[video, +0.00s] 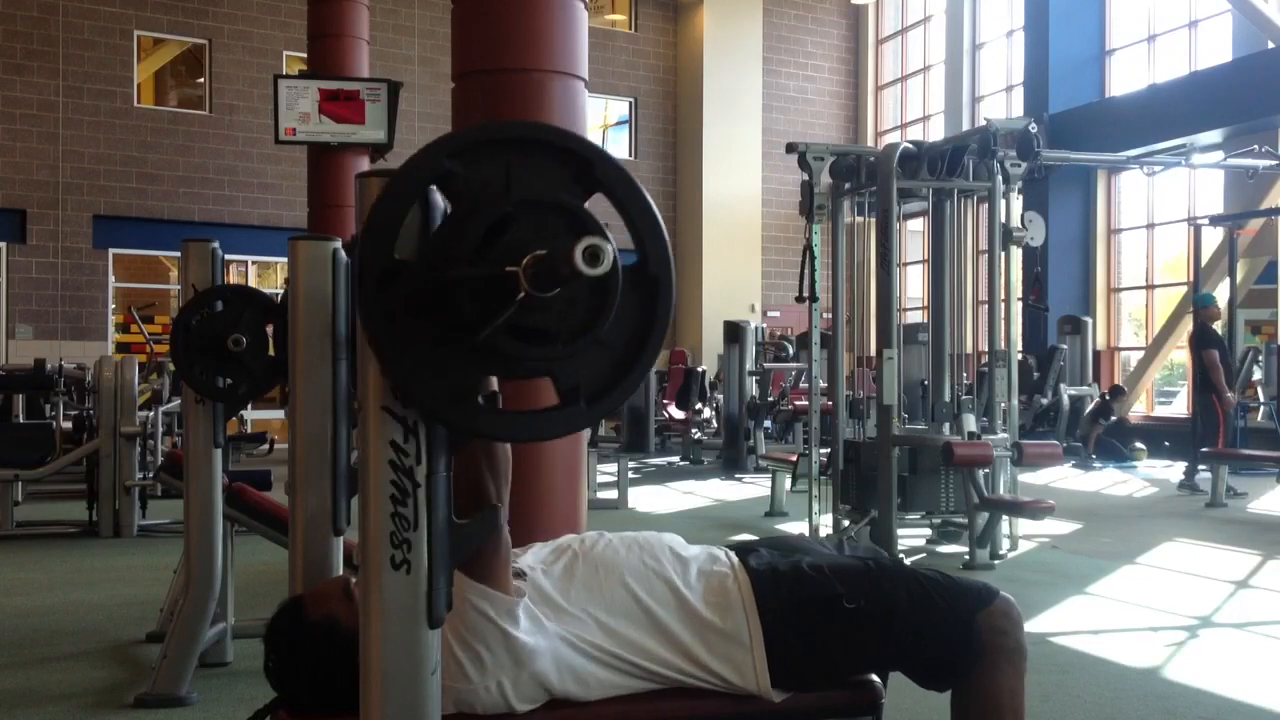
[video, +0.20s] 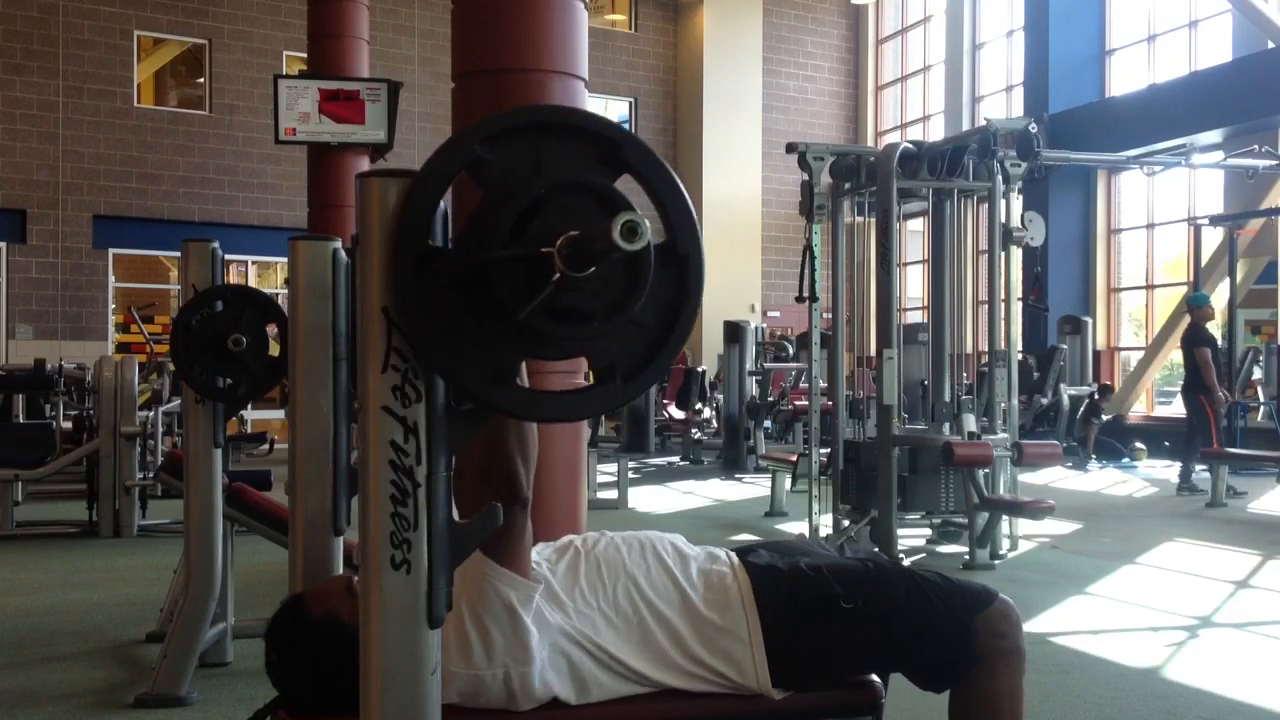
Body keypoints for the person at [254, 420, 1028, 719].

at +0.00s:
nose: (363, 570)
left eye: (347, 571)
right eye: (351, 586)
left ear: (346, 669)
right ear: (361, 647)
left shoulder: (452, 640)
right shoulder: (467, 667)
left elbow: (466, 512)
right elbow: (479, 499)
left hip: (726, 578)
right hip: (753, 606)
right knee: (992, 623)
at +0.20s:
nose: (356, 575)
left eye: (339, 580)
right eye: (341, 593)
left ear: (349, 655)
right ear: (361, 637)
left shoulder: (453, 642)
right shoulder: (470, 656)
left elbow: (496, 499)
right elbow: (503, 494)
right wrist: (471, 331)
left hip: (718, 589)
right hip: (750, 608)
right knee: (991, 626)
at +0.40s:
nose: (359, 566)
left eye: (339, 567)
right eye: (344, 583)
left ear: (343, 658)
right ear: (358, 632)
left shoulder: (457, 653)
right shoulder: (474, 662)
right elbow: (521, 490)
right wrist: (506, 327)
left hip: (720, 608)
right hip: (756, 606)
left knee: (859, 685)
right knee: (986, 624)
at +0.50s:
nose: (356, 563)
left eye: (336, 567)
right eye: (343, 582)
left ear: (342, 659)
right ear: (358, 634)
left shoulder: (450, 648)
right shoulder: (468, 662)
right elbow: (532, 503)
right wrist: (519, 343)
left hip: (716, 610)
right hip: (750, 604)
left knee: (860, 686)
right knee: (983, 627)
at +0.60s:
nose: (356, 570)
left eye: (338, 577)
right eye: (345, 588)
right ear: (363, 637)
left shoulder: (453, 659)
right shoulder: (473, 672)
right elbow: (529, 502)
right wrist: (536, 317)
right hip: (740, 615)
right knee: (981, 623)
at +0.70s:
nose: (364, 567)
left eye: (345, 571)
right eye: (348, 583)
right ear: (361, 636)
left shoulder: (448, 635)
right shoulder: (479, 673)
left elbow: (459, 485)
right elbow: (545, 513)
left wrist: (478, 376)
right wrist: (547, 331)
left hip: (719, 579)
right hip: (748, 611)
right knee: (985, 626)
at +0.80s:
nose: (364, 566)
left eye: (347, 570)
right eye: (350, 583)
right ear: (361, 635)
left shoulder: (452, 634)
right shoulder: (484, 666)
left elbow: (461, 483)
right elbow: (550, 515)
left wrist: (476, 372)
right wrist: (551, 342)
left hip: (724, 581)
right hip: (750, 612)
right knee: (986, 626)